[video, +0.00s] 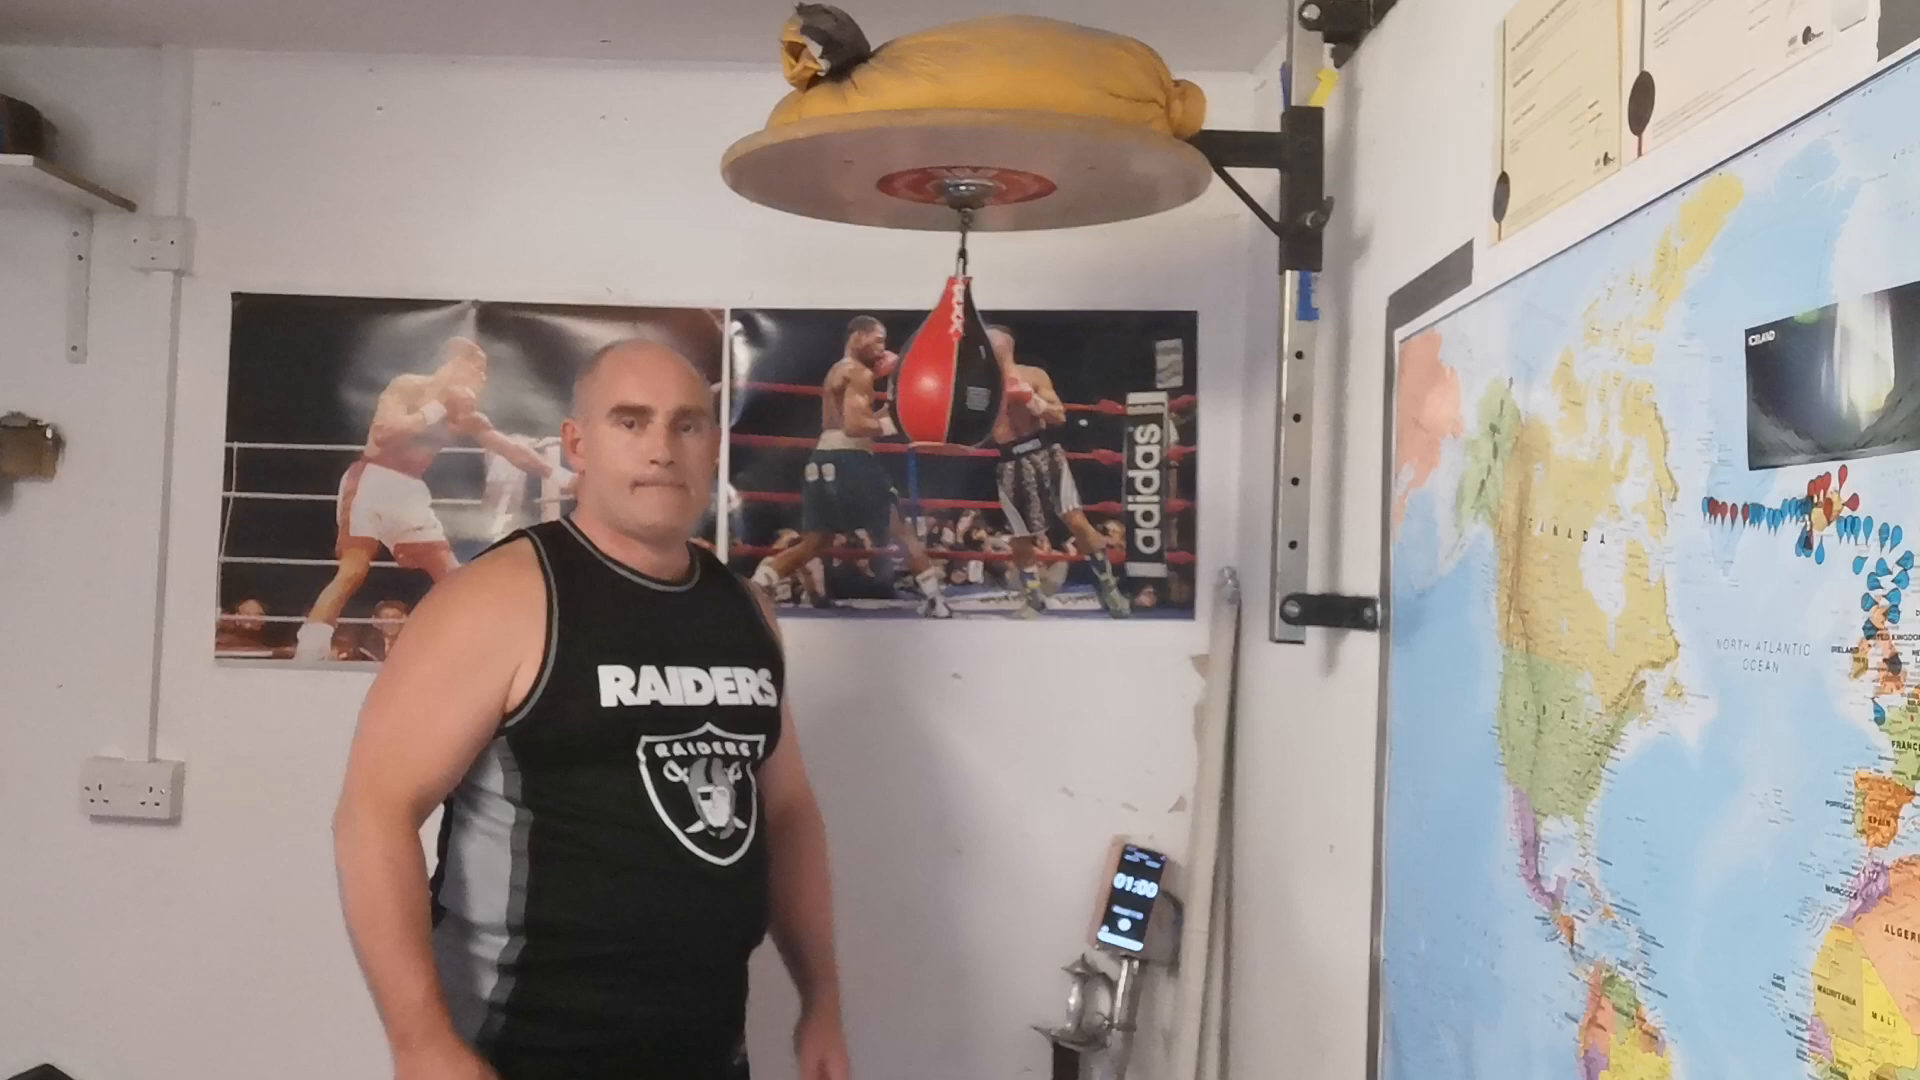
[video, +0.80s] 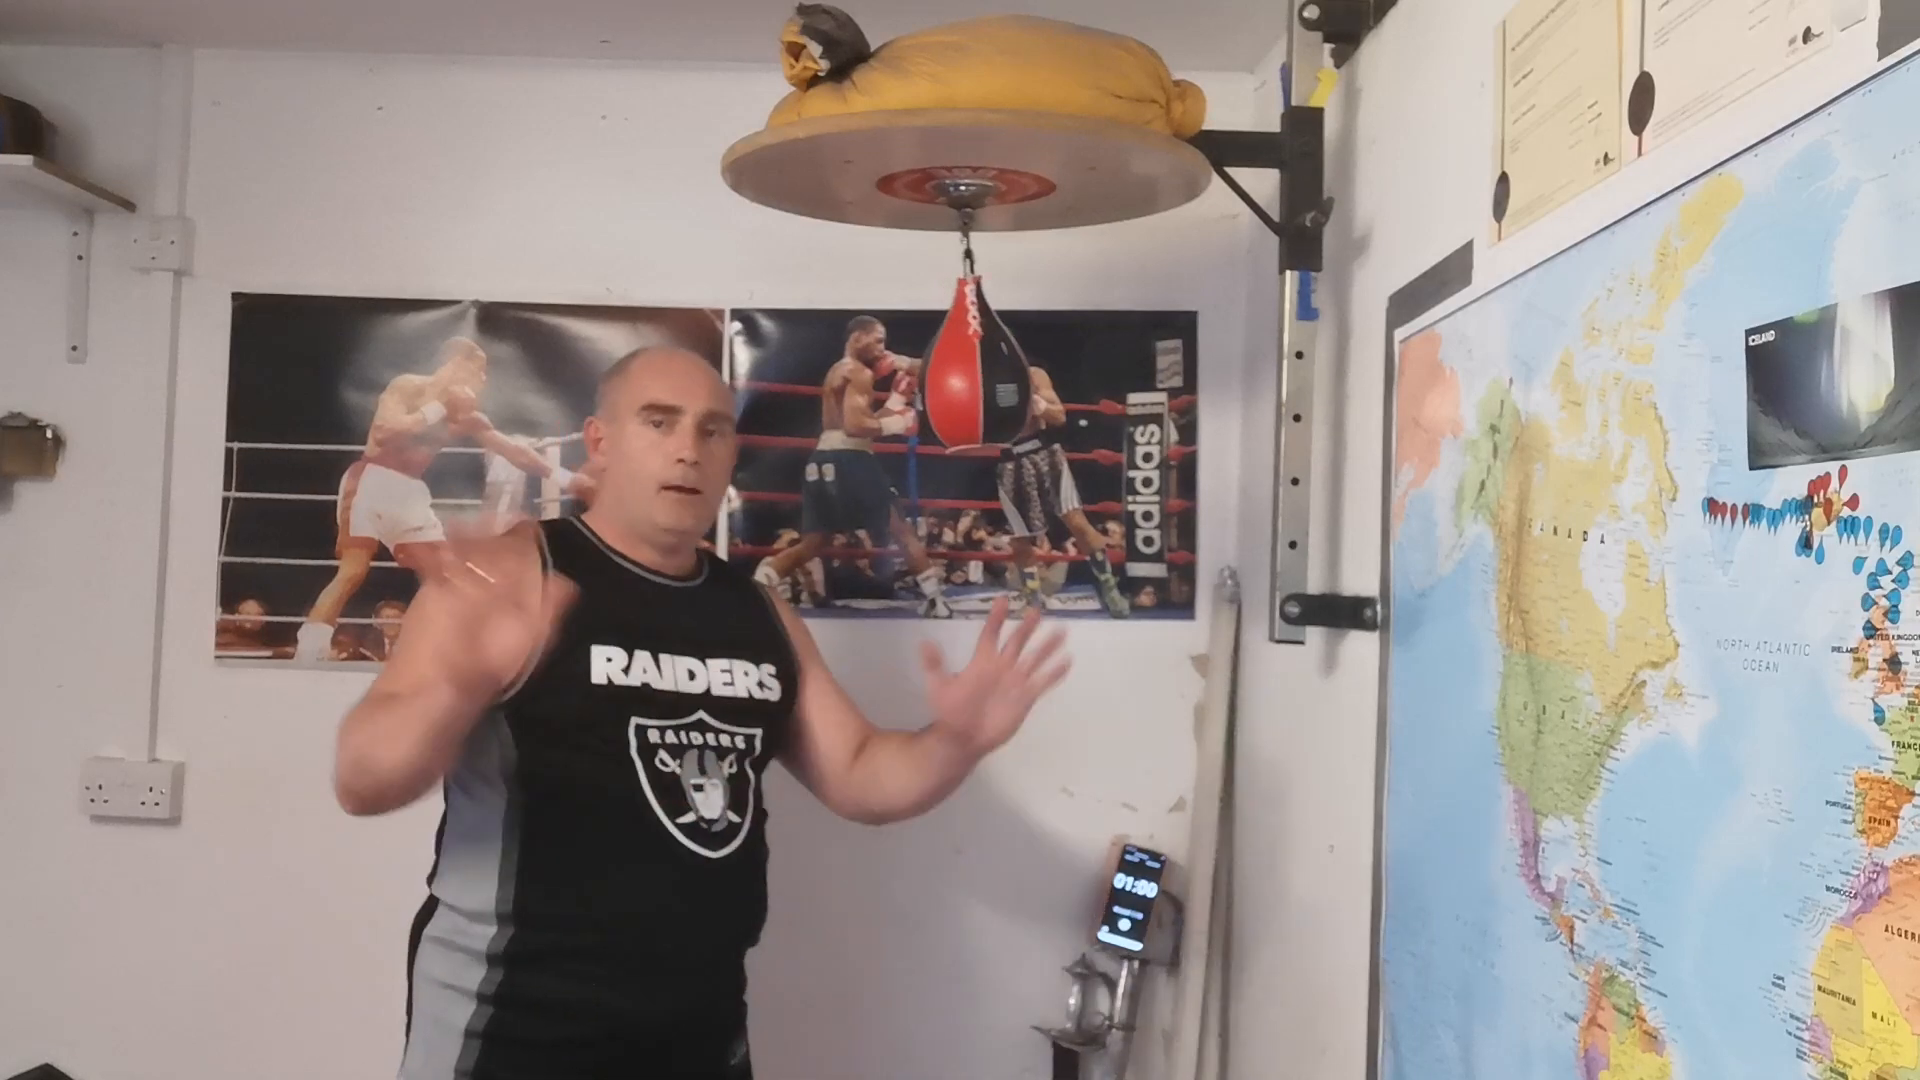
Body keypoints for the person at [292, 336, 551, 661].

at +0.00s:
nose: (481, 379)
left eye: (483, 372)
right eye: (476, 369)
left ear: (472, 376)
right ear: (453, 364)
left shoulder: (462, 409)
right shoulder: (406, 386)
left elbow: (505, 447)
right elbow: (381, 435)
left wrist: (551, 473)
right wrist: (430, 414)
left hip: (409, 493)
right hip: (369, 482)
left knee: (449, 574)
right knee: (352, 571)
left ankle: (470, 646)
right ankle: (308, 645)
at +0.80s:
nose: (478, 382)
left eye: (480, 375)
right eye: (474, 373)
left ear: (474, 377)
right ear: (453, 365)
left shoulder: (461, 408)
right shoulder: (404, 387)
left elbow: (510, 450)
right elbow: (382, 432)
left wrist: (564, 478)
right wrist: (432, 414)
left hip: (408, 491)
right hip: (370, 482)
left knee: (447, 576)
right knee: (353, 571)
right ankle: (306, 653)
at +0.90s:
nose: (474, 380)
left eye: (479, 373)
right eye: (469, 370)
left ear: (481, 377)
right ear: (450, 365)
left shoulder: (463, 412)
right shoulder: (406, 387)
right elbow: (385, 431)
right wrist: (438, 407)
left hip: (413, 488)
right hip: (373, 477)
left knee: (413, 572)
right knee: (352, 570)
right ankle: (311, 640)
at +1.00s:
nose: (472, 380)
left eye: (478, 373)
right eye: (466, 370)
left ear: (482, 380)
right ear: (448, 366)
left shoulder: (468, 417)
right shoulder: (407, 386)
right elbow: (384, 429)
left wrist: (482, 429)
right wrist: (436, 409)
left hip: (424, 486)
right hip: (378, 475)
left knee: (418, 573)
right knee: (353, 572)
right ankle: (309, 644)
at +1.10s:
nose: (472, 386)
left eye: (477, 379)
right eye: (468, 375)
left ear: (480, 382)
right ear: (449, 369)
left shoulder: (467, 419)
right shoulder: (406, 388)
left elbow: (513, 452)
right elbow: (387, 431)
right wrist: (439, 409)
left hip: (425, 491)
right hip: (378, 479)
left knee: (434, 576)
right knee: (353, 570)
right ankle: (309, 640)